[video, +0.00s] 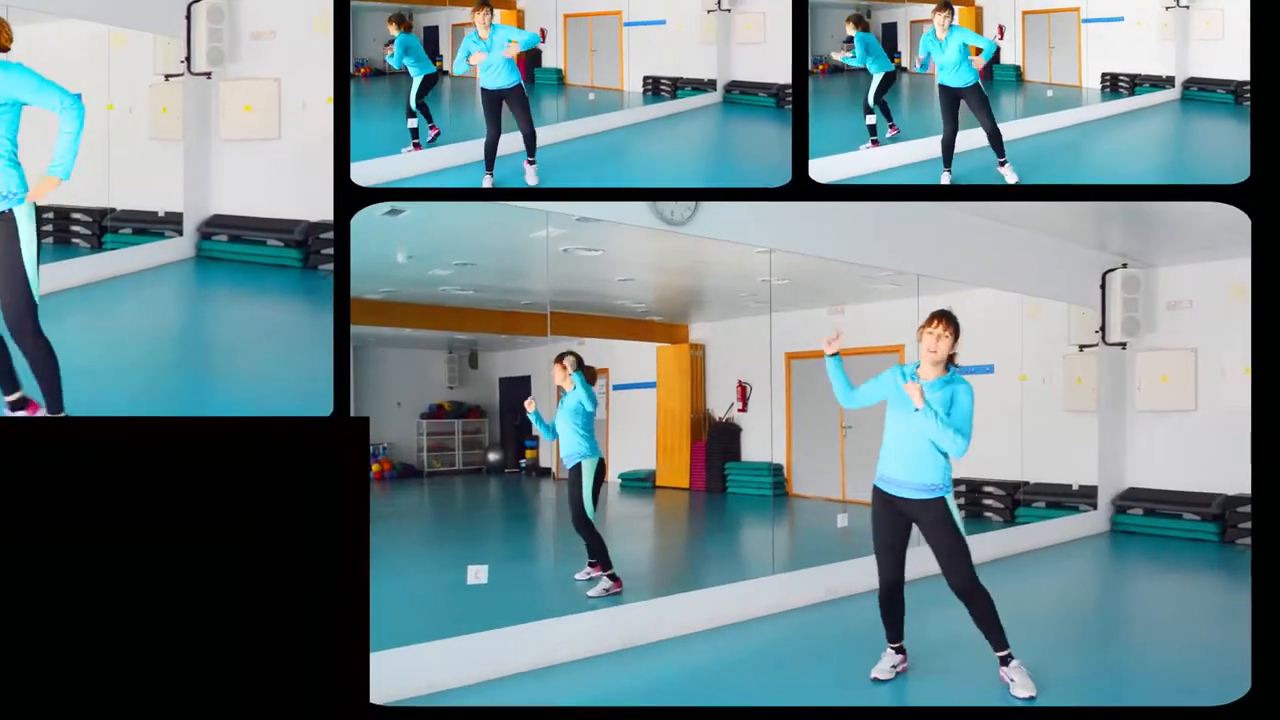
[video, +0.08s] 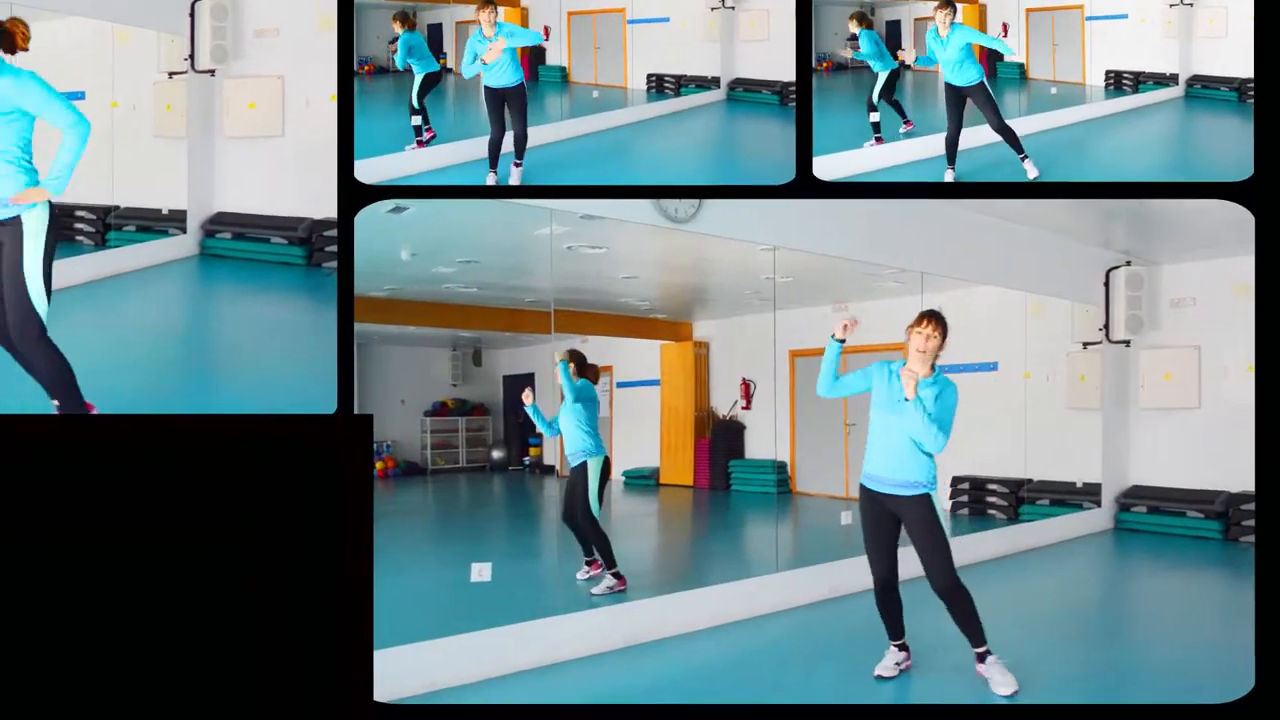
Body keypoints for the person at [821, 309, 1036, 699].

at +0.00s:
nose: (935, 341)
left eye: (944, 337)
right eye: (931, 334)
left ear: (954, 346)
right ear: (919, 338)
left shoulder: (959, 388)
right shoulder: (898, 376)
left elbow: (957, 446)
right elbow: (849, 398)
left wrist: (922, 406)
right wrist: (832, 357)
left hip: (932, 498)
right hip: (887, 494)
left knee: (964, 583)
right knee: (889, 581)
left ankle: (1008, 662)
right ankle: (895, 652)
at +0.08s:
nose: (924, 340)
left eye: (933, 336)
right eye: (919, 332)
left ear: (941, 346)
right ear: (907, 337)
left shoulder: (944, 387)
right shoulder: (881, 372)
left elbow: (934, 442)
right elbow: (827, 388)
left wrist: (912, 397)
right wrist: (836, 341)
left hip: (916, 494)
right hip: (874, 492)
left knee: (945, 582)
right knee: (883, 581)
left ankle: (985, 658)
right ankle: (898, 650)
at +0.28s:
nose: (925, 317)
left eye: (933, 312)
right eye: (920, 308)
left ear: (940, 321)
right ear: (907, 308)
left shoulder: (938, 358)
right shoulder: (881, 337)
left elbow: (920, 403)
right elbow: (861, 370)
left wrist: (899, 366)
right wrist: (897, 332)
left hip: (917, 462)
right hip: (876, 461)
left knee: (910, 551)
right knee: (905, 549)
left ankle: (896, 636)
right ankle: (938, 622)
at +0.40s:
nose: (950, 300)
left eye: (957, 296)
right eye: (945, 291)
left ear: (961, 304)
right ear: (930, 293)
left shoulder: (959, 346)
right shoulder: (899, 327)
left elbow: (943, 398)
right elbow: (898, 369)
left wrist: (907, 374)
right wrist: (949, 352)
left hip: (932, 447)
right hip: (891, 445)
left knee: (918, 539)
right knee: (909, 539)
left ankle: (913, 618)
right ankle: (958, 590)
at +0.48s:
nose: (972, 288)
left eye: (979, 285)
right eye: (967, 280)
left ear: (984, 294)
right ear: (952, 283)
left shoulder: (981, 337)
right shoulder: (920, 315)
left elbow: (964, 393)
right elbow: (904, 369)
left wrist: (910, 395)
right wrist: (953, 383)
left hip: (949, 438)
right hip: (907, 433)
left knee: (941, 529)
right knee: (896, 524)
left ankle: (945, 601)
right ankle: (953, 563)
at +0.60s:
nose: (1009, 265)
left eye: (1017, 262)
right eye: (1003, 257)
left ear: (1022, 274)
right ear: (989, 261)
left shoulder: (1020, 320)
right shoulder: (959, 291)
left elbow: (1007, 384)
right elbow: (916, 325)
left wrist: (965, 419)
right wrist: (887, 364)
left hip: (979, 414)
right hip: (936, 406)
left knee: (983, 505)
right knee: (890, 485)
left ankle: (1005, 574)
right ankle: (908, 552)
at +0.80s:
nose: (1064, 210)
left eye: (1072, 207)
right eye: (1058, 203)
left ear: (1077, 217)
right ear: (1044, 206)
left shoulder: (1074, 267)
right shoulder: (1012, 226)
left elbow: (1095, 326)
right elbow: (957, 208)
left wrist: (1105, 384)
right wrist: (903, 189)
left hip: (1022, 358)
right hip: (973, 348)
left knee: (1061, 441)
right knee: (937, 434)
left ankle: (1116, 513)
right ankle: (897, 512)